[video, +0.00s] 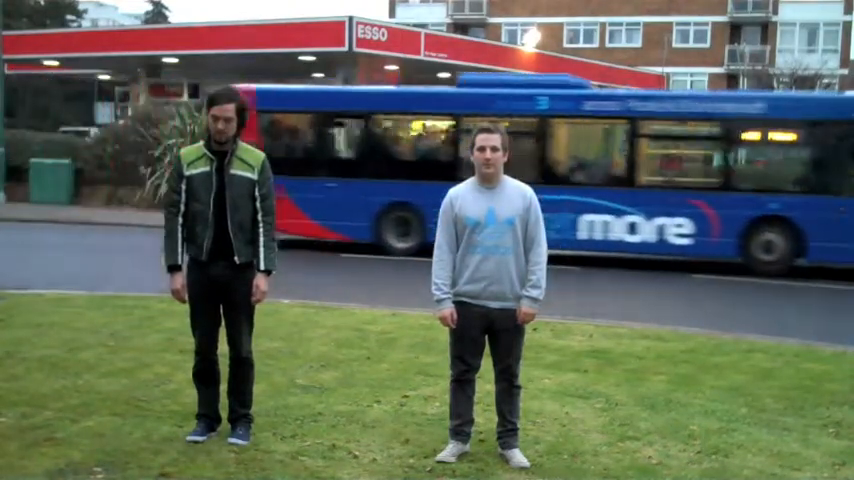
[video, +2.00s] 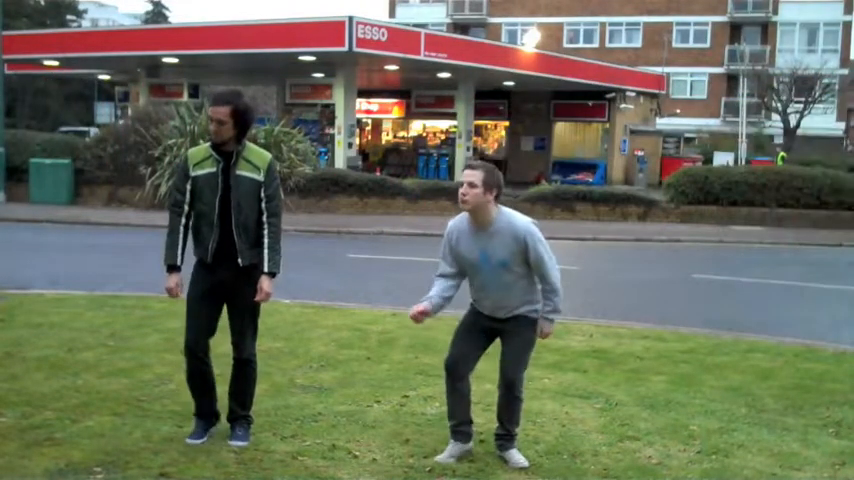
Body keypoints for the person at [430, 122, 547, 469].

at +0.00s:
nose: (486, 155)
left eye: (493, 150)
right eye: (480, 149)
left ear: (504, 155)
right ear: (472, 155)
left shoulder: (524, 196)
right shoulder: (456, 197)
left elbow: (538, 250)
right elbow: (443, 251)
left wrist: (532, 298)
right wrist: (443, 299)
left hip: (510, 305)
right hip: (466, 304)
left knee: (509, 379)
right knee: (462, 376)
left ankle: (509, 444)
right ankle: (458, 440)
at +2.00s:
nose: (462, 191)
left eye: (471, 186)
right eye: (461, 185)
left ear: (491, 193)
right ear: (460, 189)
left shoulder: (522, 229)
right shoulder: (456, 229)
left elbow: (550, 274)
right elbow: (448, 276)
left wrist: (548, 315)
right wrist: (430, 304)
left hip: (521, 315)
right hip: (481, 312)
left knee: (512, 379)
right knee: (455, 366)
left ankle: (506, 445)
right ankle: (461, 440)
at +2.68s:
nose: (515, 186)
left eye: (516, 180)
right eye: (506, 181)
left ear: (520, 185)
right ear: (487, 191)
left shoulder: (537, 224)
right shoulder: (468, 227)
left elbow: (553, 269)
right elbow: (456, 268)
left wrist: (551, 307)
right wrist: (447, 294)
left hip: (526, 317)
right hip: (483, 314)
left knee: (521, 380)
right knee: (449, 366)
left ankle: (508, 445)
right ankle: (454, 438)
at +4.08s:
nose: (502, 162)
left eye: (511, 157)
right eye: (499, 156)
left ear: (530, 164)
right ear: (495, 163)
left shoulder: (553, 202)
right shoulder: (489, 203)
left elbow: (573, 242)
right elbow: (475, 249)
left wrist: (566, 261)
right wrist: (455, 254)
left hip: (529, 312)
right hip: (486, 305)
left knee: (524, 382)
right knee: (456, 362)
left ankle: (508, 444)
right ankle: (460, 437)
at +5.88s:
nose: (516, 171)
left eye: (523, 166)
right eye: (510, 165)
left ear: (533, 174)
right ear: (499, 172)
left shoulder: (549, 213)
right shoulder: (486, 201)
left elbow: (567, 256)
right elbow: (473, 238)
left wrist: (559, 269)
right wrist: (455, 243)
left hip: (527, 309)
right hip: (489, 297)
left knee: (518, 380)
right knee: (446, 338)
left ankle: (506, 444)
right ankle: (457, 410)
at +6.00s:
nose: (514, 160)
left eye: (521, 156)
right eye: (509, 154)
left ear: (531, 163)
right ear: (498, 161)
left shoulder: (547, 199)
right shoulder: (485, 191)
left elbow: (569, 242)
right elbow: (466, 226)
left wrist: (559, 268)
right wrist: (434, 230)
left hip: (527, 295)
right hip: (491, 280)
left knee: (517, 375)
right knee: (449, 307)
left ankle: (506, 444)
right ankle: (452, 387)